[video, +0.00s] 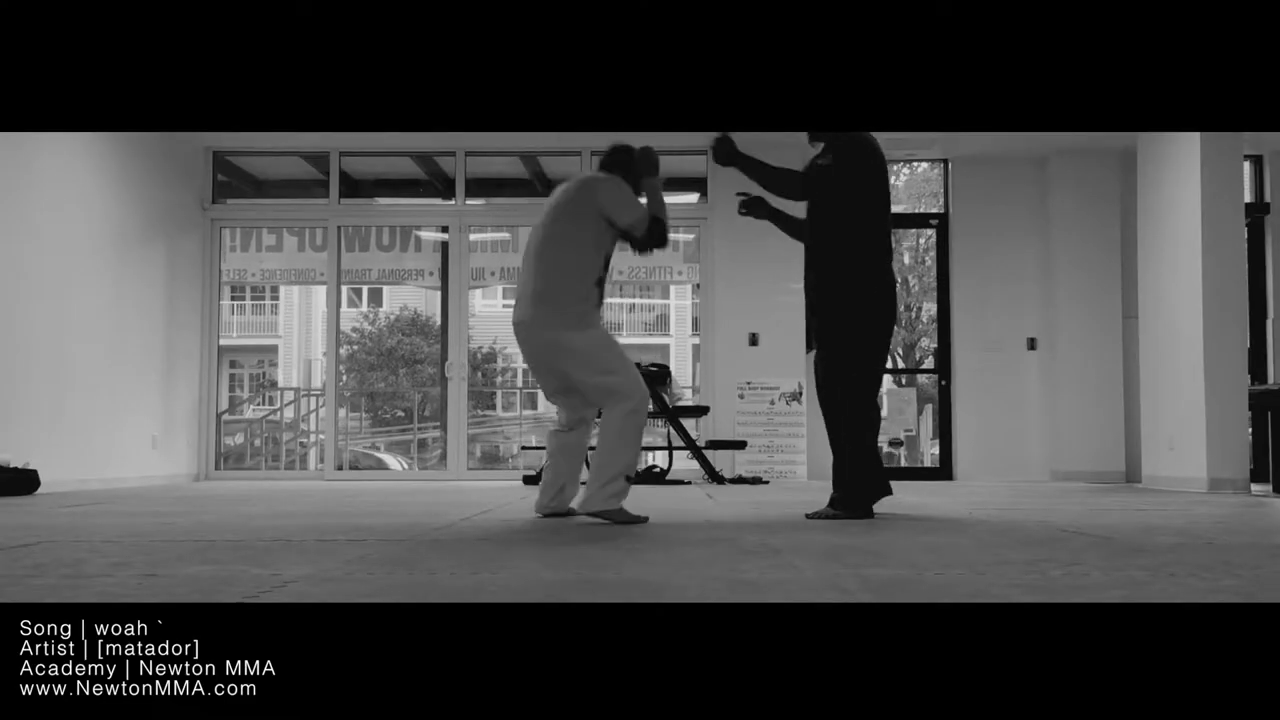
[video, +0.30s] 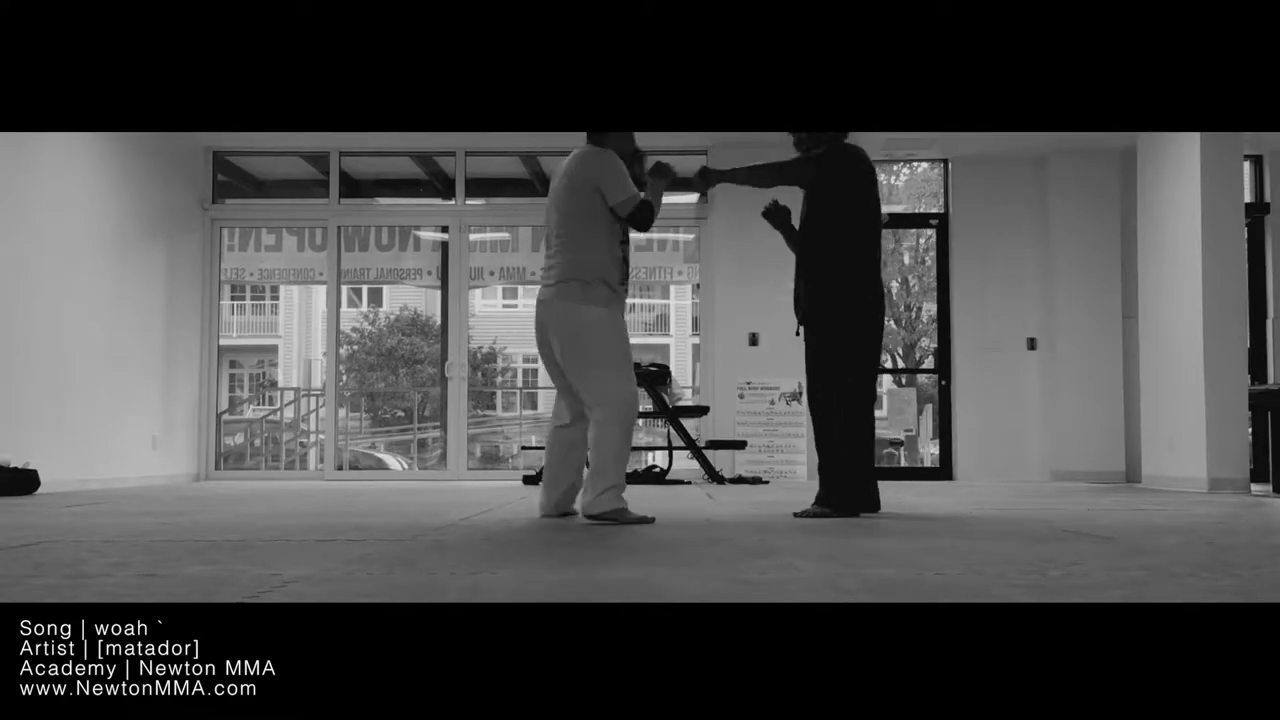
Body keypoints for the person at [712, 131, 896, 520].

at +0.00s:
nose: (808, 136)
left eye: (812, 133)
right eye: (809, 134)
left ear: (826, 128)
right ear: (840, 127)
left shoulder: (852, 151)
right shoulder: (848, 158)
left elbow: (797, 185)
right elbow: (820, 234)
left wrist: (736, 158)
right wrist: (770, 213)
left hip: (854, 299)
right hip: (849, 298)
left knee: (843, 394)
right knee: (848, 394)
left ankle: (853, 499)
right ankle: (858, 489)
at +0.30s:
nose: (794, 141)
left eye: (798, 134)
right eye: (794, 136)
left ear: (814, 133)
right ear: (833, 133)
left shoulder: (835, 160)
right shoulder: (849, 168)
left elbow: (772, 174)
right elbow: (815, 255)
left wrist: (719, 175)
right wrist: (785, 224)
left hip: (836, 309)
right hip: (854, 308)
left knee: (830, 400)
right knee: (851, 400)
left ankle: (839, 499)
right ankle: (859, 496)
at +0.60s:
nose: (790, 150)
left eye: (792, 143)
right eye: (790, 146)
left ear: (812, 138)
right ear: (821, 140)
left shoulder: (851, 159)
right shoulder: (815, 195)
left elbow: (800, 160)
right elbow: (807, 261)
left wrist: (742, 155)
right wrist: (787, 237)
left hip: (854, 309)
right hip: (830, 313)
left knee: (844, 402)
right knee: (838, 403)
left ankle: (840, 496)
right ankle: (856, 494)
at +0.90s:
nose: (785, 148)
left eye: (787, 139)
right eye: (784, 142)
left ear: (804, 137)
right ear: (818, 138)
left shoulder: (841, 168)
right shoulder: (832, 170)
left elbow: (816, 215)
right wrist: (785, 229)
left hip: (850, 312)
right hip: (838, 310)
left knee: (846, 400)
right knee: (842, 399)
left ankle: (850, 496)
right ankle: (854, 493)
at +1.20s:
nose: (777, 143)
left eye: (779, 136)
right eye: (776, 137)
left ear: (797, 135)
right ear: (807, 135)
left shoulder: (825, 167)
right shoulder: (817, 167)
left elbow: (804, 236)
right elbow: (821, 233)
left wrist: (736, 236)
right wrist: (779, 223)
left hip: (856, 301)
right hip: (844, 298)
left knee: (849, 393)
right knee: (849, 392)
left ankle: (848, 495)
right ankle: (864, 488)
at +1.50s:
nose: (767, 145)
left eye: (772, 138)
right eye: (767, 139)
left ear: (794, 137)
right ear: (787, 141)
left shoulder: (836, 169)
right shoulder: (790, 173)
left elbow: (841, 243)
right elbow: (759, 215)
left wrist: (790, 265)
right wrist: (708, 238)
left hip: (858, 298)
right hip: (827, 299)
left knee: (852, 391)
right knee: (835, 392)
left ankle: (847, 496)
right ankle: (859, 487)